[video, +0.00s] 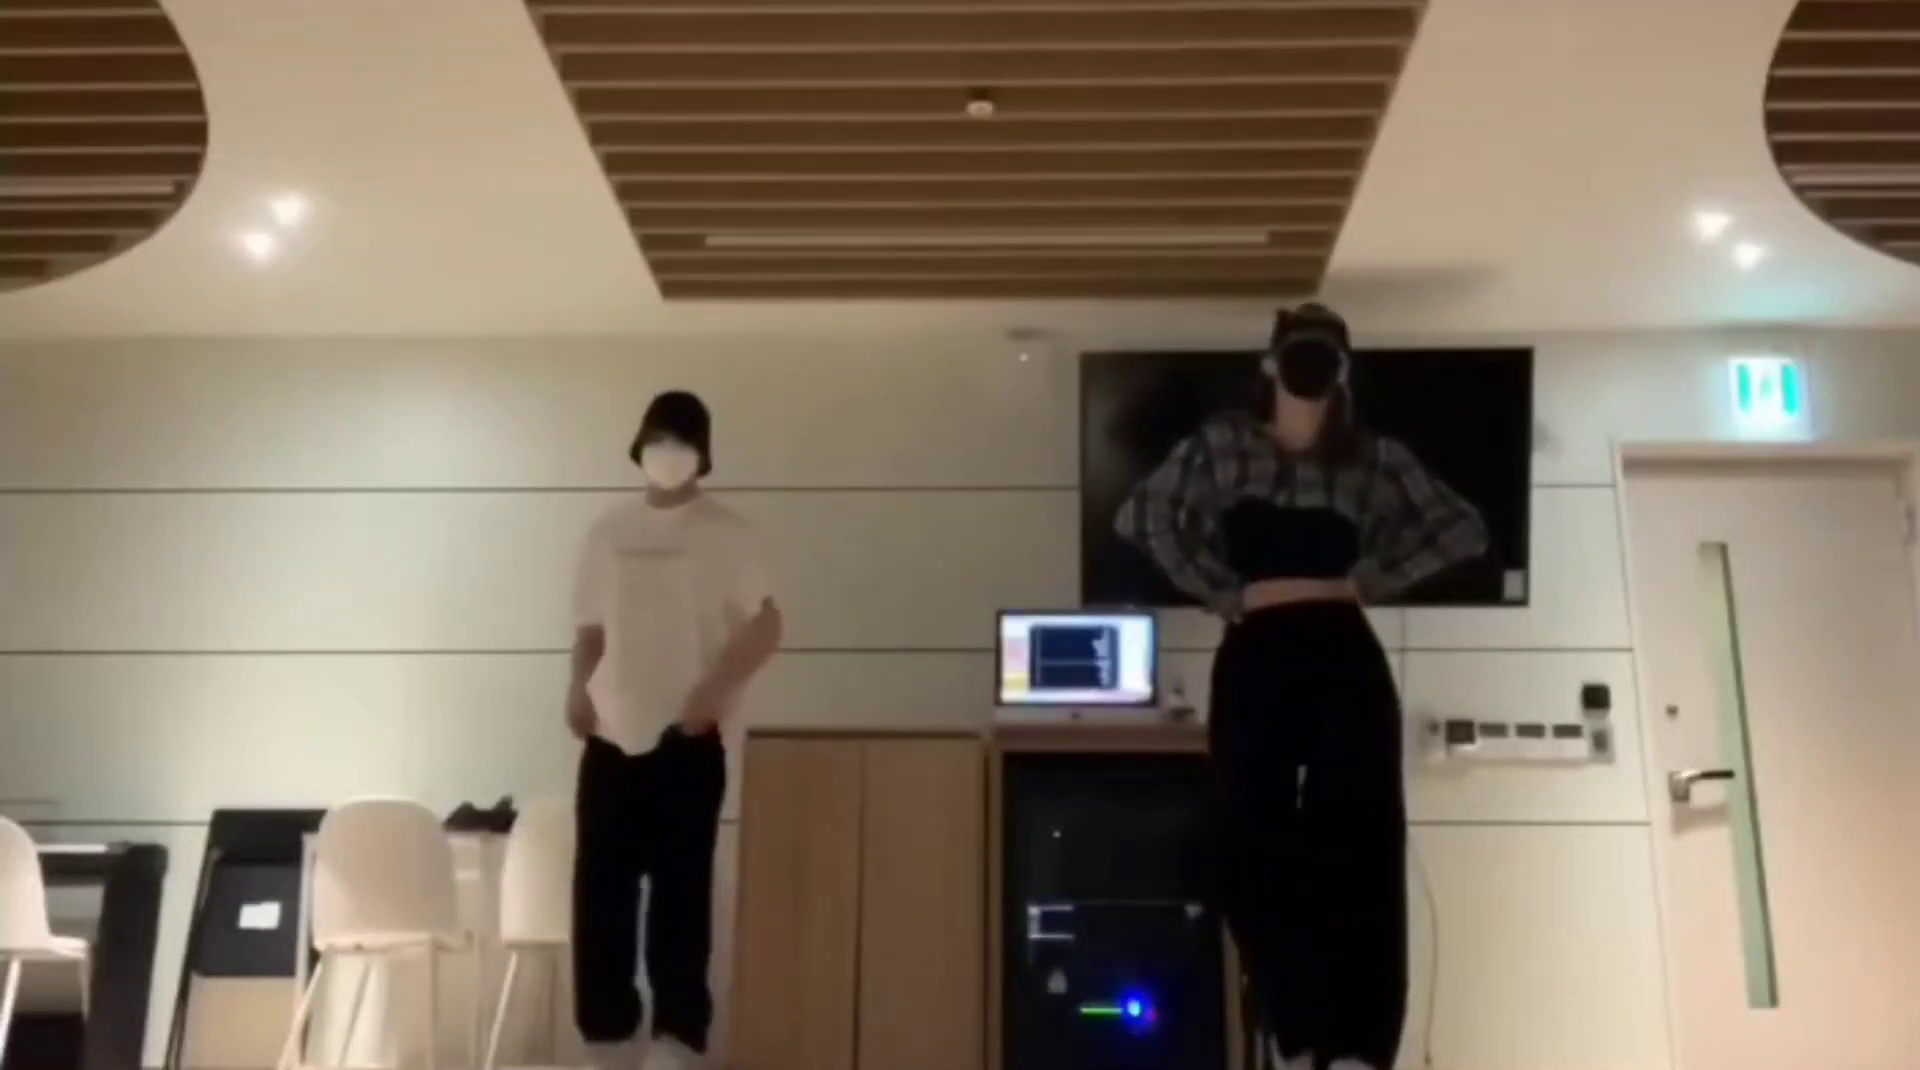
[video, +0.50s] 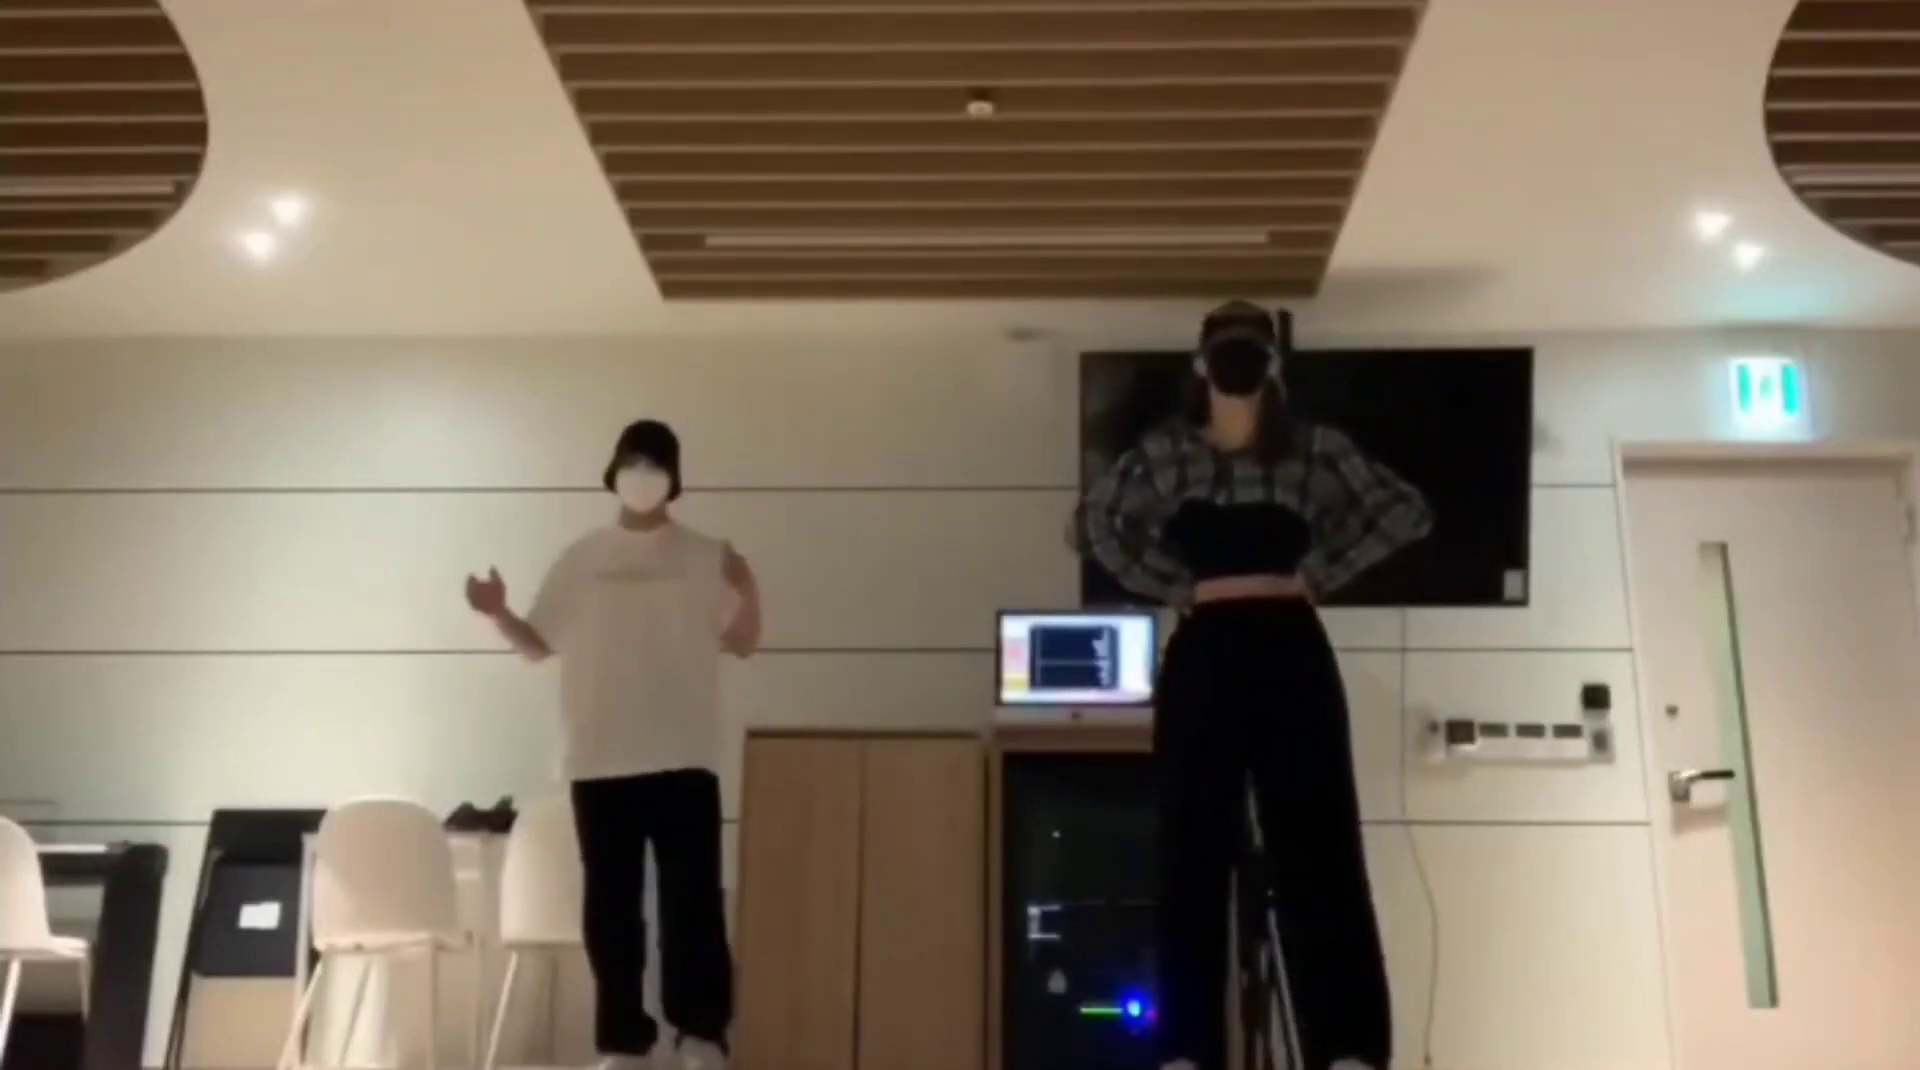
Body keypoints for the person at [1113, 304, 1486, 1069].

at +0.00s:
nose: (1310, 362)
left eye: (1323, 351)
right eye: (1299, 349)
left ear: (1342, 366)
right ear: (1272, 362)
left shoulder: (1373, 455)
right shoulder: (1224, 444)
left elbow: (1464, 530)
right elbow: (1144, 517)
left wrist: (1376, 578)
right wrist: (1218, 591)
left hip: (1345, 657)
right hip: (1257, 659)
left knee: (1359, 840)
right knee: (1257, 843)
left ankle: (1358, 1041)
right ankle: (1293, 1040)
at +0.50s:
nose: (1239, 358)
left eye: (1253, 345)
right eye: (1225, 344)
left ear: (1276, 362)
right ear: (1200, 361)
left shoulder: (1316, 449)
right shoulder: (1167, 451)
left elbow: (1406, 512)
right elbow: (1097, 523)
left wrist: (1322, 572)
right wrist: (1170, 587)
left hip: (1290, 654)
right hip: (1203, 657)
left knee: (1315, 847)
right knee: (1195, 851)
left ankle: (1346, 1046)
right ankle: (1189, 1045)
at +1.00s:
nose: (1189, 368)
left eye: (1199, 356)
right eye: (1174, 358)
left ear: (1221, 376)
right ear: (1150, 379)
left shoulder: (1264, 464)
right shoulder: (1116, 465)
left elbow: (1352, 530)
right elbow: (1049, 538)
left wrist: (1277, 586)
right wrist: (1126, 595)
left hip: (1248, 670)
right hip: (1162, 674)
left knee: (1283, 854)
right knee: (1168, 860)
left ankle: (1321, 1047)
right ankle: (1184, 1046)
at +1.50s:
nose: (1206, 387)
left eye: (1219, 376)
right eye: (1192, 376)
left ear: (1241, 392)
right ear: (1167, 393)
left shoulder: (1280, 474)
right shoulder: (1138, 477)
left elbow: (1365, 537)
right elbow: (1065, 544)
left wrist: (1288, 595)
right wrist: (1144, 596)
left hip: (1256, 674)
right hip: (1177, 675)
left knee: (1259, 847)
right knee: (1175, 847)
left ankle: (1253, 1032)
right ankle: (1187, 1034)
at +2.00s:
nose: (1227, 426)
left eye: (1230, 414)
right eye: (1221, 415)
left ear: (1197, 422)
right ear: (1222, 425)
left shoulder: (1296, 496)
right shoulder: (1155, 490)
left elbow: (1373, 561)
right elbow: (1091, 562)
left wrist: (1299, 610)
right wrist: (1160, 619)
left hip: (1273, 685)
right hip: (1191, 687)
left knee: (1275, 865)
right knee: (1183, 863)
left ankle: (1266, 1042)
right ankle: (1191, 1041)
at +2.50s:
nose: (1234, 415)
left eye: (1246, 405)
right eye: (1219, 405)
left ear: (1265, 423)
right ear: (1194, 421)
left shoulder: (1296, 509)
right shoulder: (1158, 499)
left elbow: (1319, 615)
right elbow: (1111, 582)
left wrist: (1344, 704)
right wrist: (1163, 584)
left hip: (1282, 696)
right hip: (1198, 693)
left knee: (1278, 874)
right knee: (1187, 869)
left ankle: (1267, 1041)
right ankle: (1191, 1040)